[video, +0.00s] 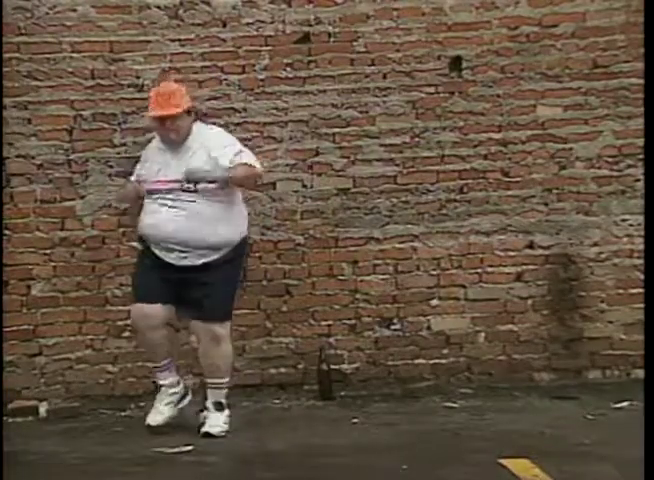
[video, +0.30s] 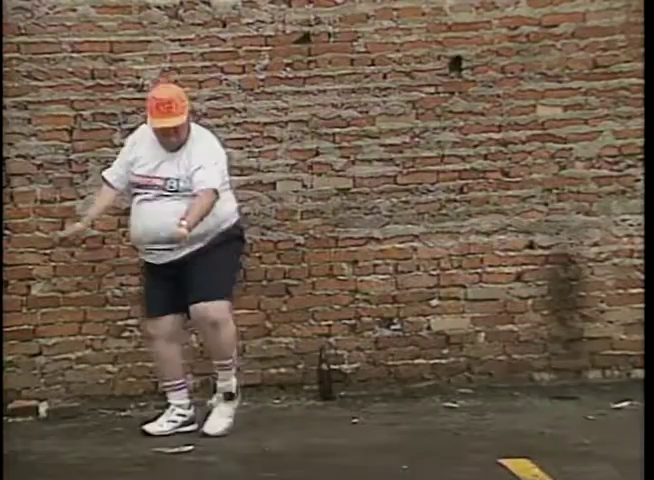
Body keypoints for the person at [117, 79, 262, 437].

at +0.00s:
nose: (167, 127)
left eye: (174, 118)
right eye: (160, 120)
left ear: (190, 113)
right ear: (152, 120)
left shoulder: (213, 139)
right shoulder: (153, 150)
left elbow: (254, 175)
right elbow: (139, 193)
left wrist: (218, 177)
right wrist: (132, 194)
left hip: (215, 255)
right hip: (160, 252)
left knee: (212, 330)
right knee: (145, 316)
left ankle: (217, 406)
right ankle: (171, 387)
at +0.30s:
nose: (171, 134)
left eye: (176, 126)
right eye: (163, 128)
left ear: (188, 117)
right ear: (151, 121)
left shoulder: (205, 144)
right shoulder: (139, 141)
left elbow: (207, 193)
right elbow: (112, 186)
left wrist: (188, 222)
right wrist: (87, 219)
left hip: (211, 242)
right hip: (160, 251)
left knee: (210, 313)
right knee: (161, 328)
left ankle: (227, 396)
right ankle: (181, 409)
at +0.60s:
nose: (171, 112)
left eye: (178, 105)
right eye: (166, 106)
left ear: (199, 102)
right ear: (163, 107)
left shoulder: (224, 135)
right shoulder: (168, 138)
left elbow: (253, 180)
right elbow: (169, 184)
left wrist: (229, 217)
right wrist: (141, 215)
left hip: (193, 244)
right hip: (150, 244)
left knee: (201, 331)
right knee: (160, 332)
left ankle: (231, 410)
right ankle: (180, 410)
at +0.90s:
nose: (151, 111)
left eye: (158, 105)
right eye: (148, 105)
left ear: (180, 107)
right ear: (148, 109)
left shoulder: (202, 137)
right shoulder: (156, 149)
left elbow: (216, 182)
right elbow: (150, 200)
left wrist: (168, 182)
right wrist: (107, 201)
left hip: (217, 246)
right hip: (172, 253)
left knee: (216, 330)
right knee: (149, 321)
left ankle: (234, 411)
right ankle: (170, 403)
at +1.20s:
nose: (133, 131)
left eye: (137, 123)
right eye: (129, 126)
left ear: (157, 112)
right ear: (129, 123)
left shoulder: (186, 132)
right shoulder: (130, 151)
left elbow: (181, 177)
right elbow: (102, 187)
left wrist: (154, 219)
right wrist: (84, 211)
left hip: (206, 245)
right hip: (154, 255)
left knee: (209, 314)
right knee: (156, 332)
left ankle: (228, 393)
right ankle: (178, 411)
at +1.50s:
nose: (156, 118)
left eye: (162, 110)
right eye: (154, 111)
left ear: (185, 107)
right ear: (157, 110)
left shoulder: (216, 137)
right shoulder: (158, 141)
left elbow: (250, 180)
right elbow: (166, 188)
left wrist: (231, 216)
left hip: (192, 248)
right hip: (140, 246)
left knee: (197, 335)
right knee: (143, 334)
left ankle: (216, 412)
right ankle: (174, 409)